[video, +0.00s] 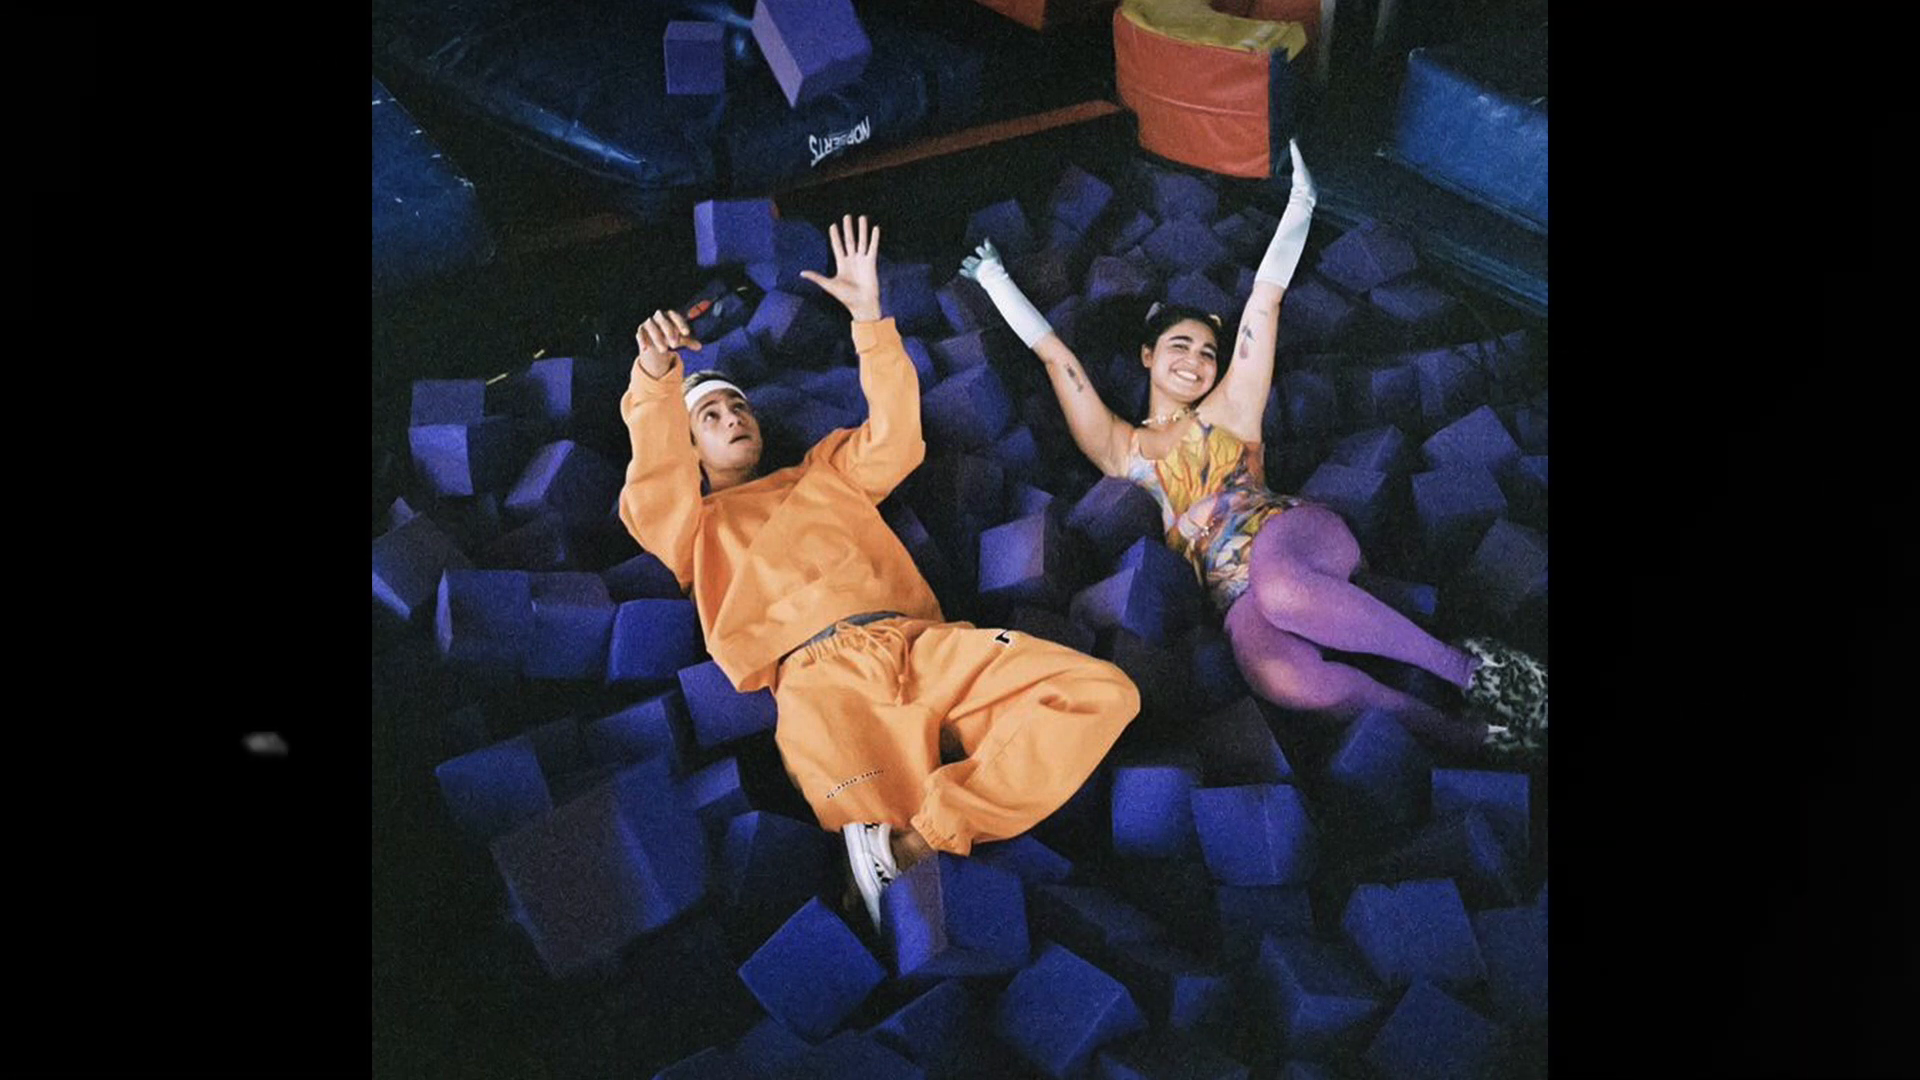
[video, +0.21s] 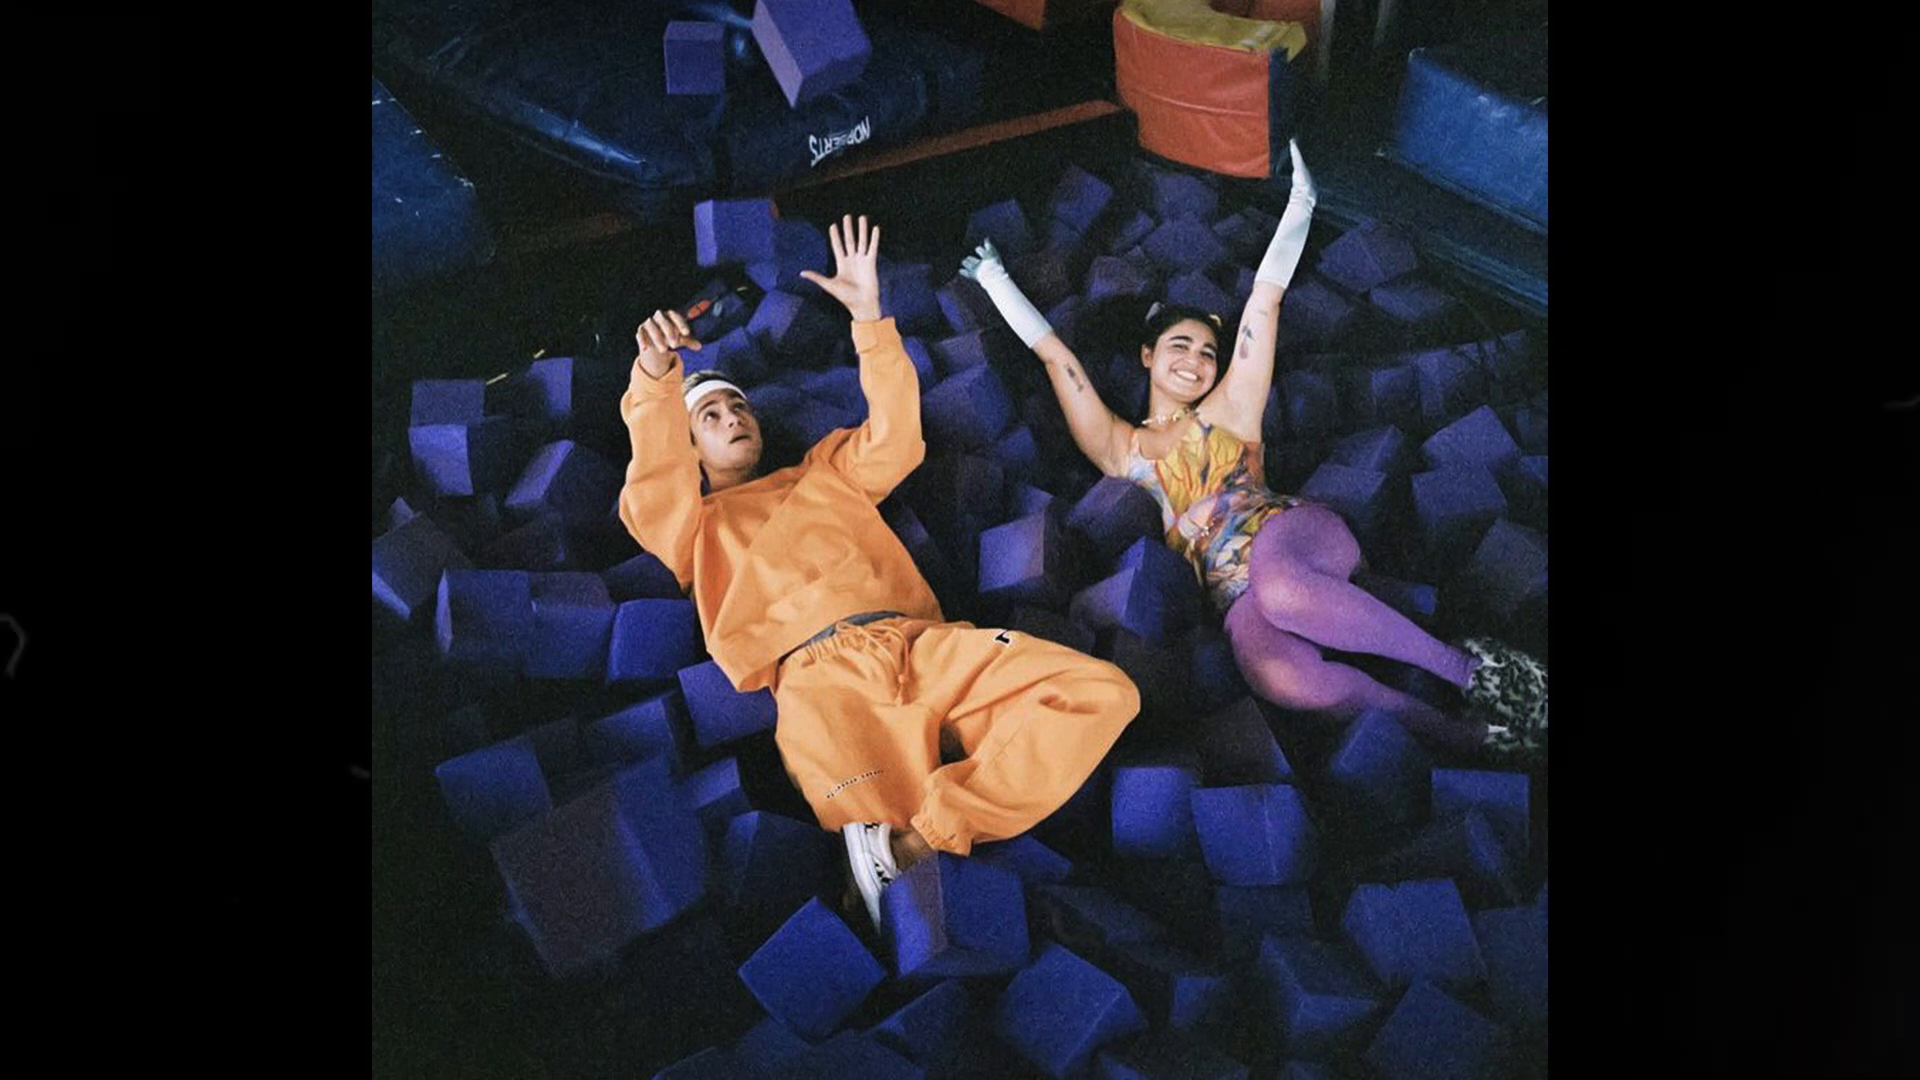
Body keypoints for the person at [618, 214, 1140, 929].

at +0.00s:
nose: (731, 418)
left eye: (738, 407)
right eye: (709, 415)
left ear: (760, 425)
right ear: (687, 449)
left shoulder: (827, 468)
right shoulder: (696, 525)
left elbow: (895, 436)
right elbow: (655, 477)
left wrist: (868, 317)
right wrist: (655, 373)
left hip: (917, 640)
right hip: (820, 673)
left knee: (1094, 692)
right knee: (883, 831)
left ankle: (917, 841)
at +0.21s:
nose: (731, 418)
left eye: (738, 407)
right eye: (709, 415)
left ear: (760, 425)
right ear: (688, 449)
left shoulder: (827, 468)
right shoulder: (696, 525)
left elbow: (895, 436)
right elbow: (655, 477)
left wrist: (868, 317)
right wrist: (655, 373)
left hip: (918, 641)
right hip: (820, 673)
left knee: (1094, 692)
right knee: (883, 831)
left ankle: (917, 841)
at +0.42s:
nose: (731, 418)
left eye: (738, 407)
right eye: (709, 415)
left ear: (760, 425)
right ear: (688, 448)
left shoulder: (827, 468)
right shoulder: (695, 525)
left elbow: (895, 436)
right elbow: (655, 476)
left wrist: (868, 317)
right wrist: (655, 373)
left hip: (918, 640)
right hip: (820, 672)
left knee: (1094, 692)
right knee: (881, 829)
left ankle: (917, 841)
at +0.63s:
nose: (731, 418)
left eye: (738, 407)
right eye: (709, 415)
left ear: (760, 425)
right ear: (688, 448)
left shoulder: (827, 468)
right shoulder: (695, 525)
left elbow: (895, 436)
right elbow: (655, 476)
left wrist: (868, 317)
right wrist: (655, 372)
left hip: (918, 640)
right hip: (820, 672)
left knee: (1094, 692)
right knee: (881, 829)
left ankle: (917, 841)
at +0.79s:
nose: (731, 418)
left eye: (738, 407)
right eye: (709, 415)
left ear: (760, 425)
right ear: (688, 448)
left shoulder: (827, 468)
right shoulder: (695, 525)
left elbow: (895, 436)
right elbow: (655, 476)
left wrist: (868, 317)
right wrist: (655, 372)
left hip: (918, 640)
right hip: (820, 672)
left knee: (1094, 692)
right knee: (881, 828)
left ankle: (917, 841)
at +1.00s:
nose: (731, 418)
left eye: (738, 407)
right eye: (709, 415)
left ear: (760, 425)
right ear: (688, 449)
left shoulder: (827, 468)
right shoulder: (696, 525)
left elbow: (895, 436)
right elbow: (655, 477)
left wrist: (868, 317)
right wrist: (655, 373)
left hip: (918, 640)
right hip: (820, 673)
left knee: (1094, 692)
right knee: (883, 831)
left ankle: (916, 841)